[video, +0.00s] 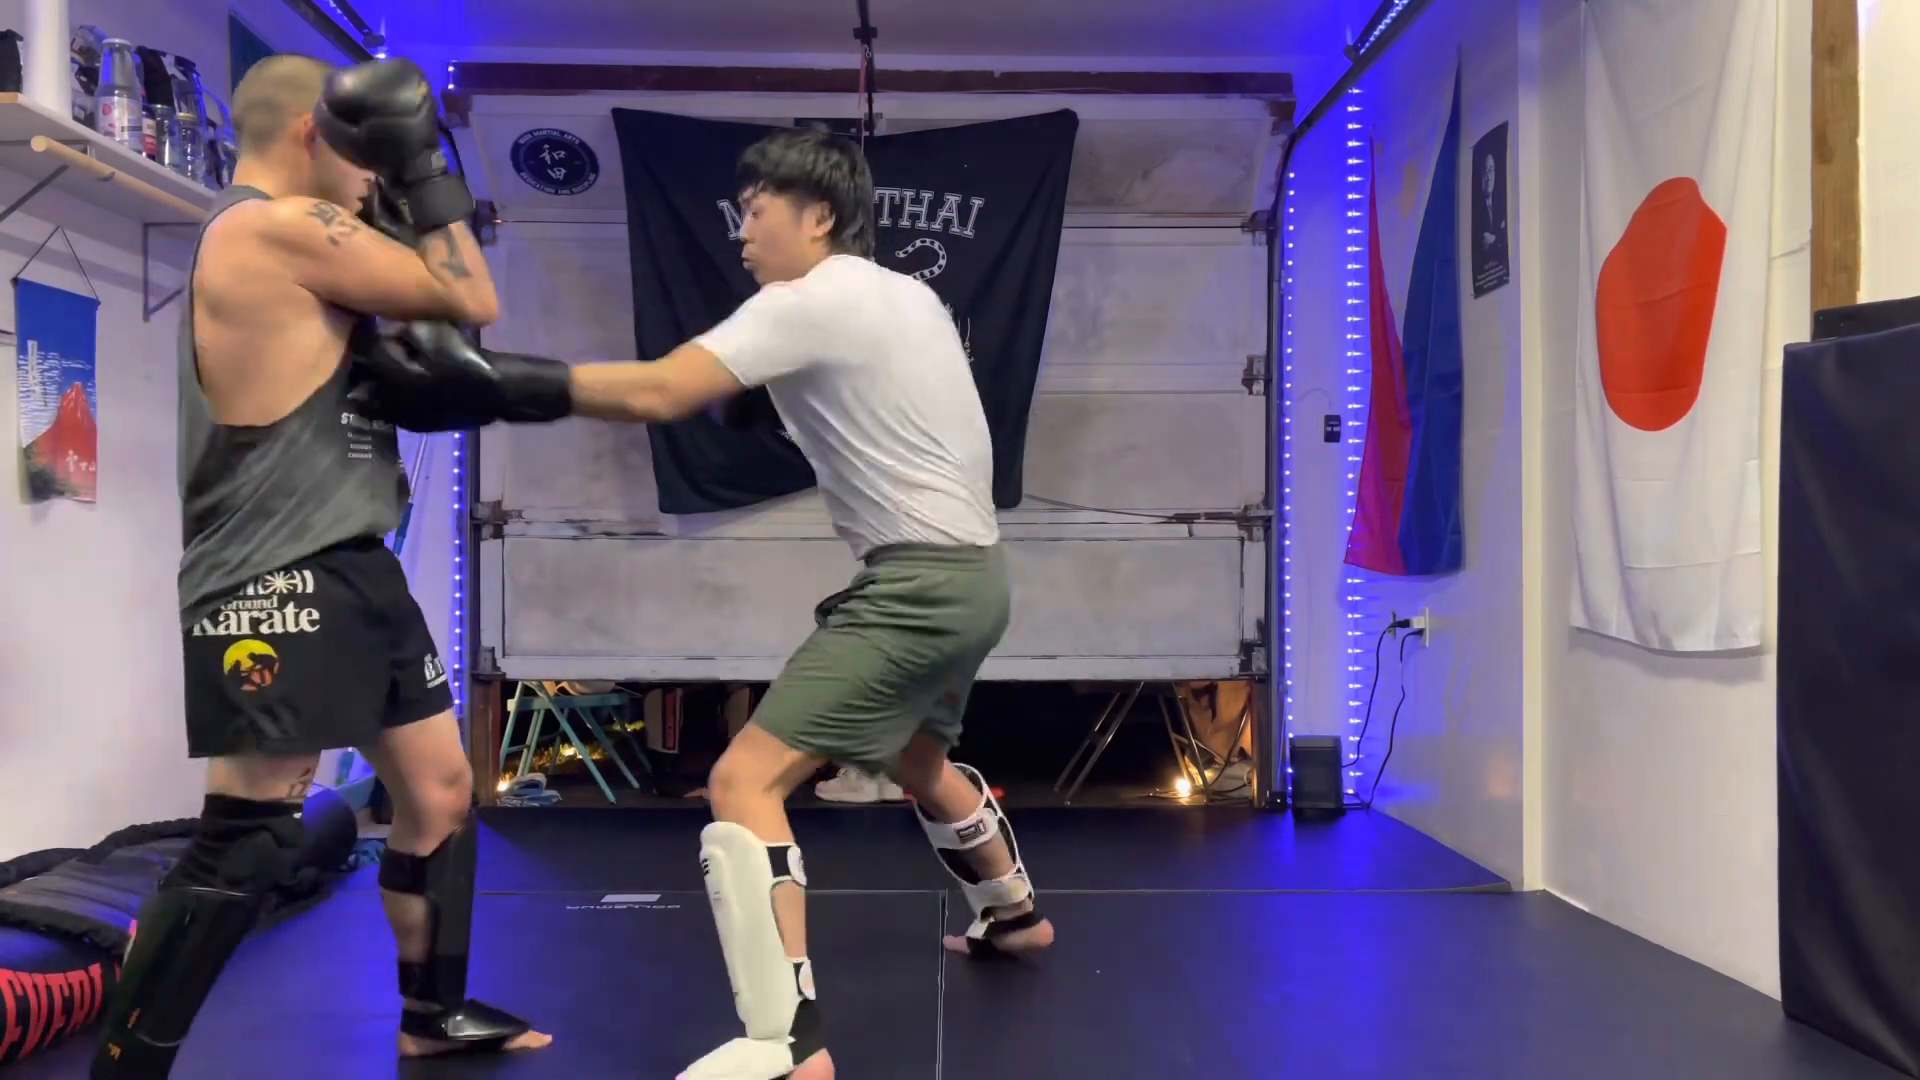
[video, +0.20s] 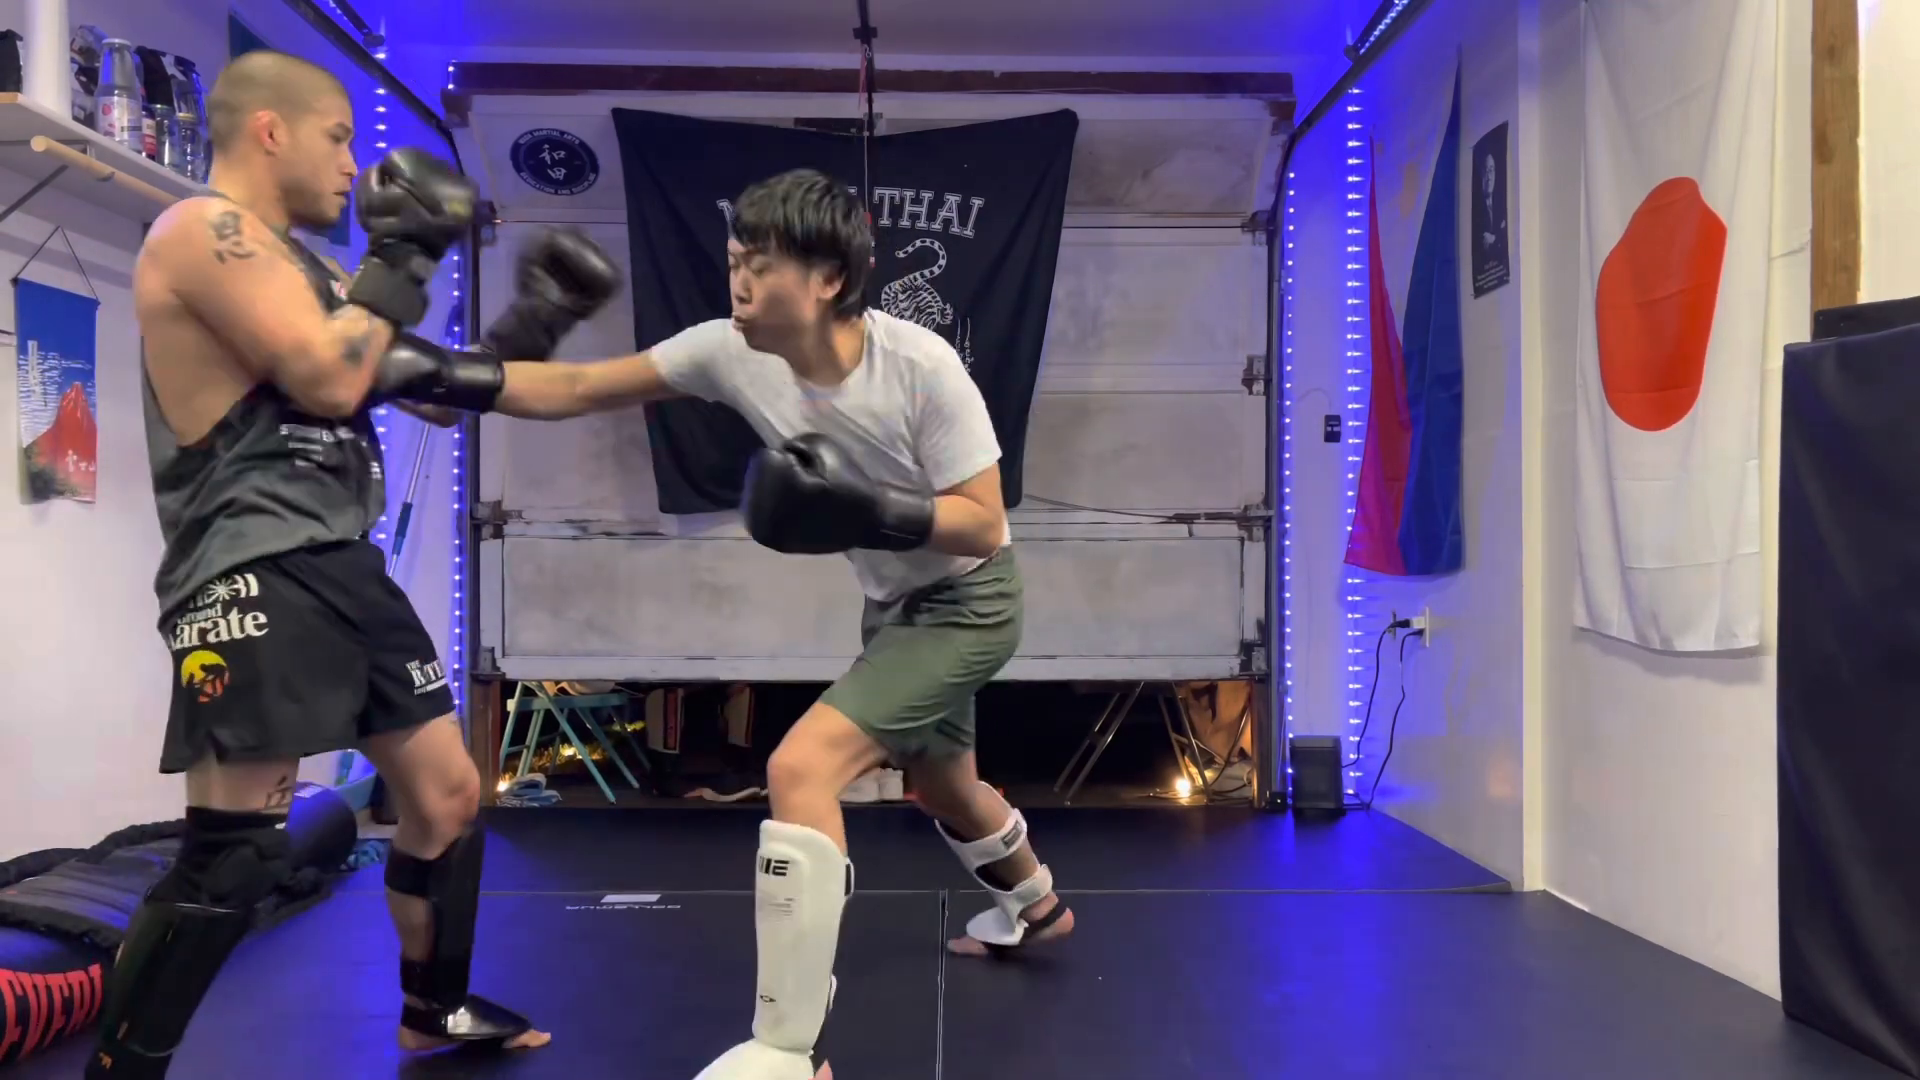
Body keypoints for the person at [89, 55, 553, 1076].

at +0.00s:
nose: (374, 171)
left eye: (373, 146)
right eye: (360, 145)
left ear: (280, 137)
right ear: (312, 133)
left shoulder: (293, 235)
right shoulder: (271, 229)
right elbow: (472, 298)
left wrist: (426, 208)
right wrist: (423, 171)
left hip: (350, 561)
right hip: (269, 571)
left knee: (437, 786)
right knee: (249, 832)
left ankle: (434, 1014)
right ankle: (129, 1057)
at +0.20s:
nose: (353, 162)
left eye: (353, 142)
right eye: (338, 138)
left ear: (268, 137)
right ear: (267, 132)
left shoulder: (306, 267)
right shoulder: (203, 229)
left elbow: (444, 382)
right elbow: (328, 379)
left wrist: (534, 321)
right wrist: (402, 257)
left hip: (341, 563)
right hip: (250, 569)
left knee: (444, 791)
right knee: (231, 853)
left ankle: (435, 1011)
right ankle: (126, 1065)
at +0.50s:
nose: (400, 147)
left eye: (399, 125)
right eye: (380, 121)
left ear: (326, 129)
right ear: (305, 123)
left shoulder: (371, 263)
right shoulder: (225, 239)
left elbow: (472, 391)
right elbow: (344, 376)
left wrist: (541, 298)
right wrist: (435, 259)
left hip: (391, 571)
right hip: (272, 571)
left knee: (508, 804)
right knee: (229, 847)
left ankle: (536, 1038)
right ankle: (124, 1061)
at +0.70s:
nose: (507, 143)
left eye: (504, 124)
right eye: (489, 118)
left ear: (431, 132)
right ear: (417, 124)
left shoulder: (448, 269)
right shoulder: (351, 228)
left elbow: (498, 424)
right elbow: (427, 386)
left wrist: (554, 325)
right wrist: (575, 371)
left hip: (485, 572)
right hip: (373, 578)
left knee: (567, 811)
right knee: (302, 835)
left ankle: (541, 1043)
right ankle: (145, 1052)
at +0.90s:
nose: (596, 127)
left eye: (592, 107)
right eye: (579, 102)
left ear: (519, 112)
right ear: (510, 105)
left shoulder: (527, 253)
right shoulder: (450, 206)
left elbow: (525, 401)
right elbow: (489, 365)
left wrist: (631, 408)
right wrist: (643, 359)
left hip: (549, 553)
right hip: (457, 552)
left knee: (555, 812)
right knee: (437, 822)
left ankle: (539, 1043)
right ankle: (276, 1055)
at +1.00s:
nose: (621, 120)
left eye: (616, 99)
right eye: (605, 97)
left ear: (542, 103)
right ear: (541, 100)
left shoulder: (552, 243)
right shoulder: (474, 205)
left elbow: (554, 397)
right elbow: (550, 361)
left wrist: (642, 401)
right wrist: (677, 295)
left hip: (569, 548)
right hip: (481, 543)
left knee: (562, 807)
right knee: (501, 822)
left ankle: (541, 1042)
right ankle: (367, 1060)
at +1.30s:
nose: (688, 115)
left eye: (685, 92)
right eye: (673, 90)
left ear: (607, 97)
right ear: (610, 93)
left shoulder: (623, 230)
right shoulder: (525, 220)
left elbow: (633, 409)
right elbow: (627, 407)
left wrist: (715, 398)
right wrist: (721, 327)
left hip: (625, 550)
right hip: (545, 555)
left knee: (685, 822)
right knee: (588, 850)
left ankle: (558, 1017)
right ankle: (505, 1064)